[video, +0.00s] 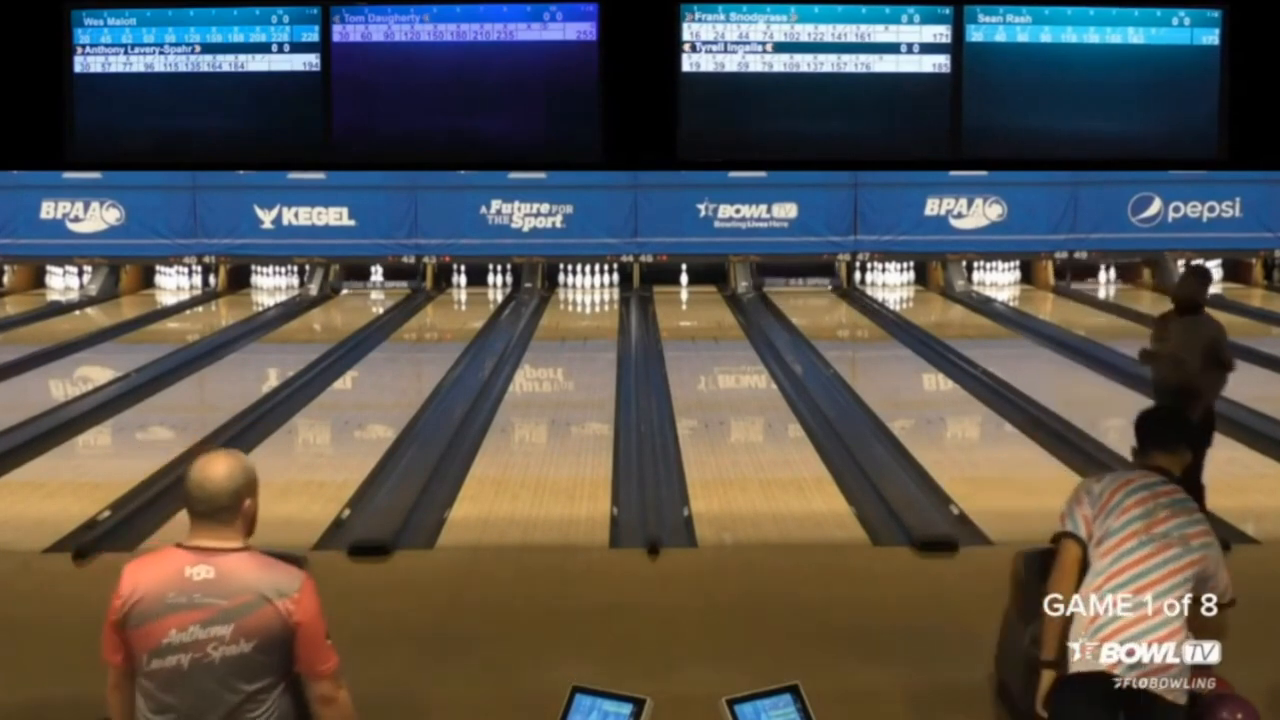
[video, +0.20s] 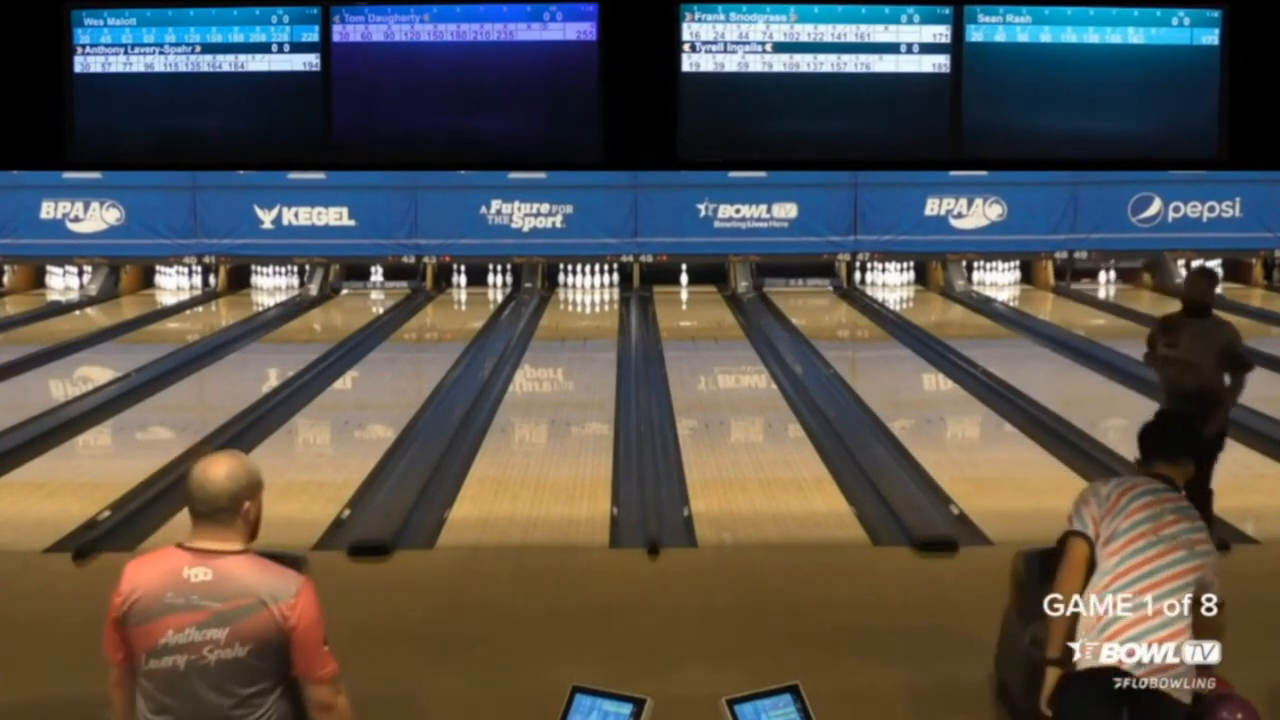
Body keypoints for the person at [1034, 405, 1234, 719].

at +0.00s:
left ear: (1135, 451)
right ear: (1188, 461)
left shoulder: (1097, 490)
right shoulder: (1199, 523)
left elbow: (1060, 590)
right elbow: (1214, 620)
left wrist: (1048, 667)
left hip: (1090, 683)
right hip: (1164, 696)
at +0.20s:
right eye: (1195, 464)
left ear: (1140, 456)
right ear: (1192, 467)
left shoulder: (1103, 494)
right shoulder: (1198, 525)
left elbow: (1065, 591)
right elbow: (1207, 620)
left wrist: (1053, 666)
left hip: (1094, 686)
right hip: (1168, 698)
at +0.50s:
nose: (1189, 488)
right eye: (1189, 482)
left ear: (1139, 469)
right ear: (1188, 482)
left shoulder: (1106, 498)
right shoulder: (1194, 527)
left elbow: (1074, 589)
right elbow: (1206, 614)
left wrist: (1063, 659)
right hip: (1179, 693)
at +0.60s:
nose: (1188, 488)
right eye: (1189, 482)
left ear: (1139, 469)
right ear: (1188, 482)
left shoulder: (1106, 498)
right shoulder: (1194, 527)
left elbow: (1074, 589)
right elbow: (1206, 615)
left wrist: (1063, 660)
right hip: (1179, 693)